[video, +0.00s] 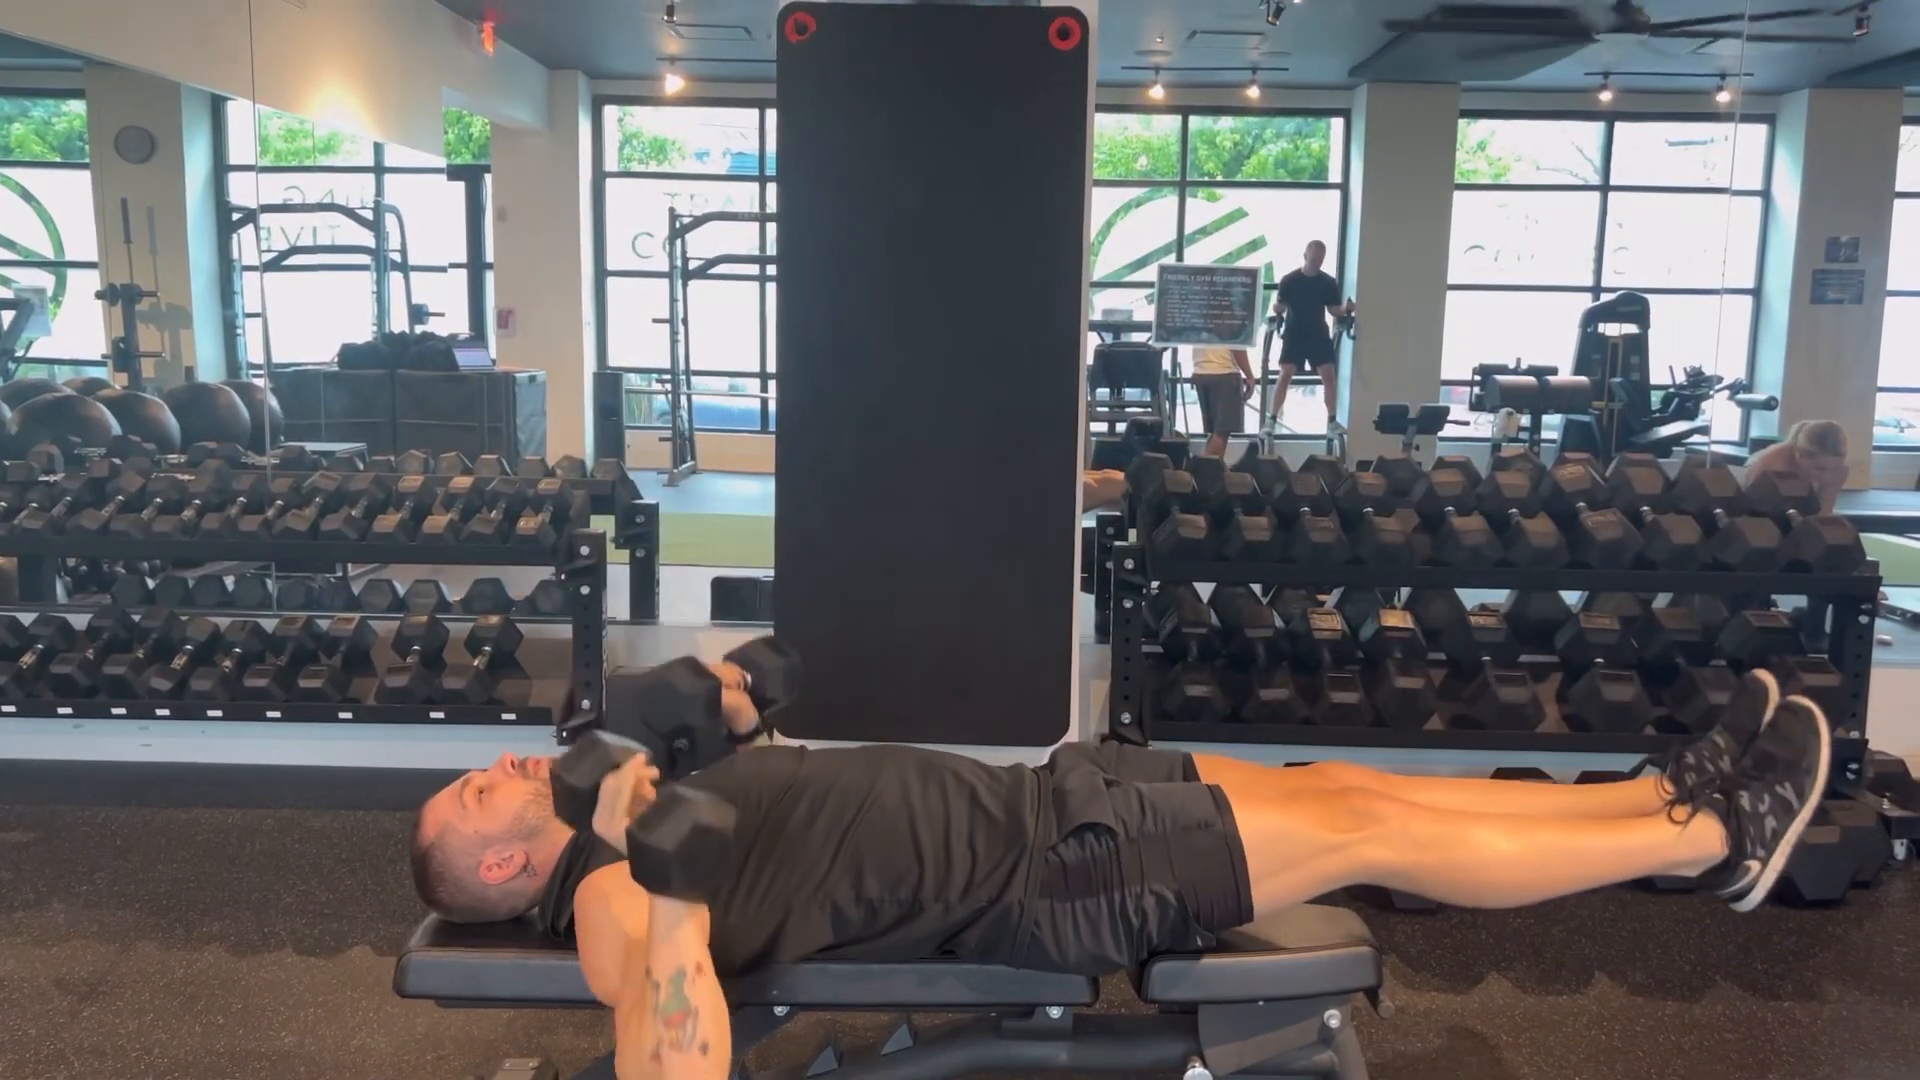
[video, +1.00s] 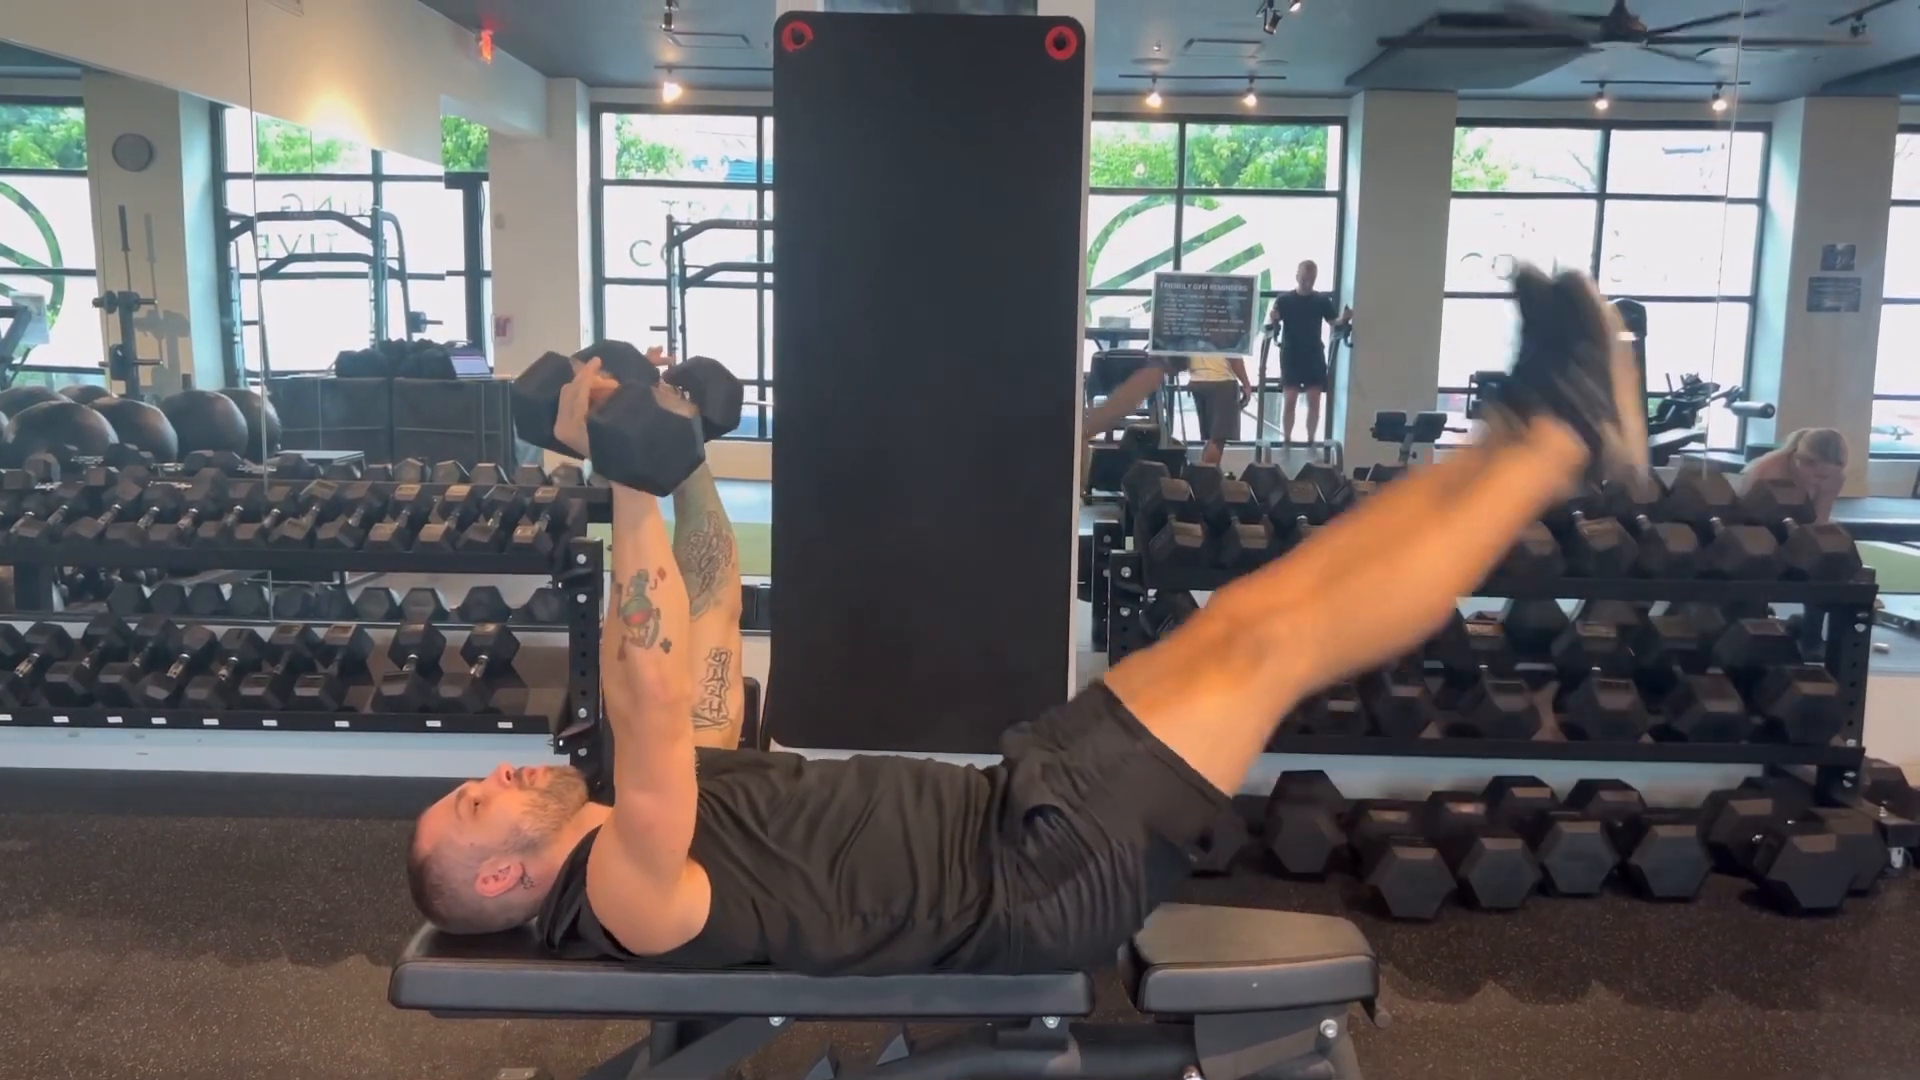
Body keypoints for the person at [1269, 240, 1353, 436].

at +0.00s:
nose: (1317, 263)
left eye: (1320, 259)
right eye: (1314, 258)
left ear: (1324, 259)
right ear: (1305, 255)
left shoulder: (1328, 282)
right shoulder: (1290, 280)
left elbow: (1334, 310)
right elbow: (1280, 306)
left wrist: (1346, 309)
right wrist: (1277, 308)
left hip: (1318, 334)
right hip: (1294, 334)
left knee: (1328, 376)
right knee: (1285, 375)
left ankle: (1332, 421)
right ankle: (1272, 419)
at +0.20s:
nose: (1311, 273)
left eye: (1315, 269)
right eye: (1308, 269)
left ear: (1319, 269)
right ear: (1301, 266)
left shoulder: (1327, 289)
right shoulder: (1288, 287)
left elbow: (1335, 315)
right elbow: (1277, 309)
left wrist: (1345, 311)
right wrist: (1277, 315)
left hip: (1316, 337)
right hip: (1292, 337)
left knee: (1328, 378)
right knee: (1284, 376)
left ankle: (1331, 423)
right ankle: (1272, 420)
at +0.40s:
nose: (1309, 280)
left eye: (1312, 277)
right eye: (1306, 276)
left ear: (1318, 275)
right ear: (1299, 272)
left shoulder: (1325, 293)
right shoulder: (1287, 292)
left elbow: (1335, 317)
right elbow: (1274, 315)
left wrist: (1345, 314)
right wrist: (1273, 314)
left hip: (1316, 342)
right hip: (1292, 342)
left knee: (1328, 378)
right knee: (1284, 378)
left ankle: (1330, 423)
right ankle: (1271, 421)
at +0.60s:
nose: (1309, 282)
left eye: (1312, 279)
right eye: (1306, 278)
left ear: (1317, 277)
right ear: (1299, 274)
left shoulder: (1324, 295)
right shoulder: (1286, 295)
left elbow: (1334, 318)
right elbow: (1273, 314)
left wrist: (1344, 315)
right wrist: (1272, 319)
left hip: (1316, 343)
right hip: (1292, 344)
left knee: (1324, 379)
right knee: (1288, 379)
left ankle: (1322, 421)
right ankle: (1283, 421)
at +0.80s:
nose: (1308, 282)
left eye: (1312, 279)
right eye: (1305, 278)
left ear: (1316, 279)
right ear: (1299, 276)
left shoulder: (1323, 298)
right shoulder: (1285, 297)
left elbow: (1334, 321)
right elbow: (1270, 325)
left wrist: (1344, 317)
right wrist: (1272, 318)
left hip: (1315, 346)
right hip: (1291, 346)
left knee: (1319, 388)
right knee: (1290, 387)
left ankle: (1315, 435)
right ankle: (1289, 433)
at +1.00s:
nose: (1307, 282)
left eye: (1310, 278)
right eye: (1303, 278)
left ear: (1315, 278)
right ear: (1297, 277)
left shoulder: (1321, 300)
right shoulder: (1285, 300)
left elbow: (1333, 323)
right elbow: (1271, 324)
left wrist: (1344, 319)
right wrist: (1272, 319)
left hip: (1314, 352)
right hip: (1291, 353)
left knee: (1314, 399)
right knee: (1290, 399)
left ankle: (1311, 442)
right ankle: (1286, 441)